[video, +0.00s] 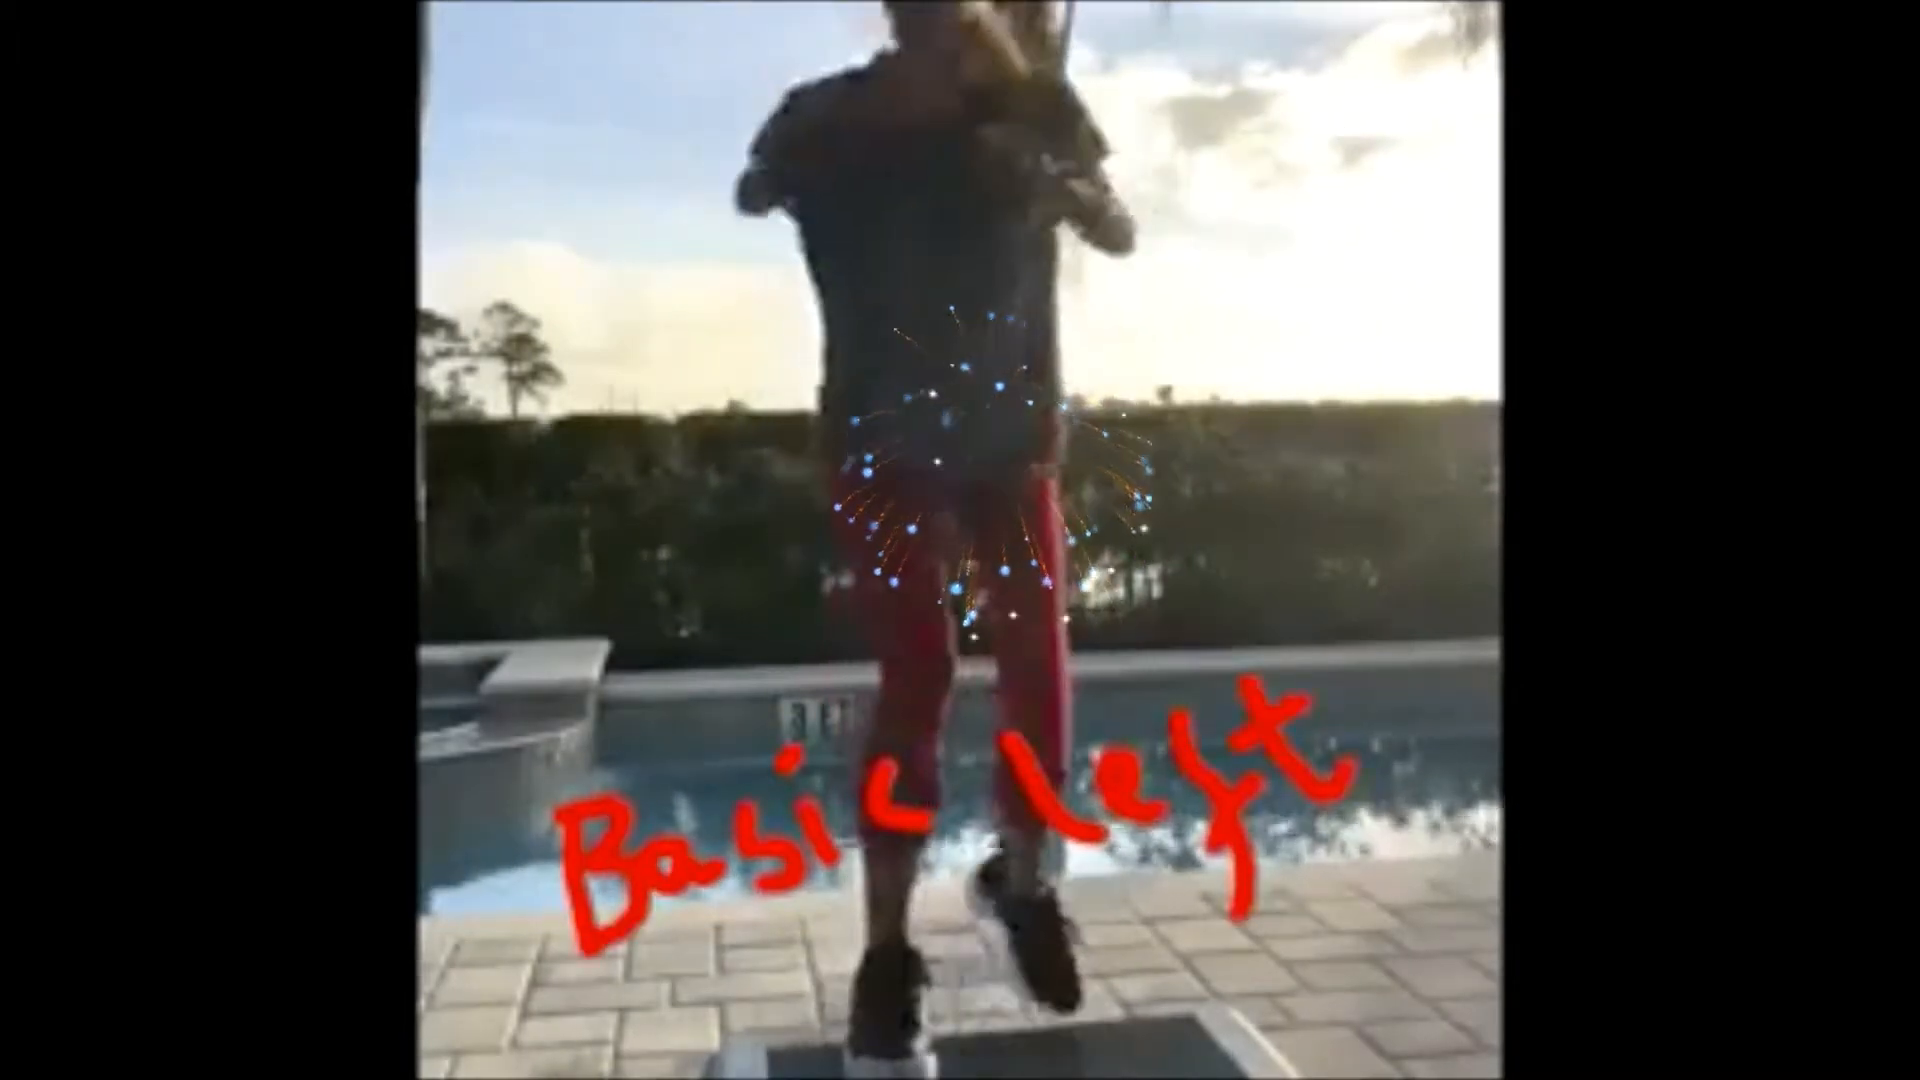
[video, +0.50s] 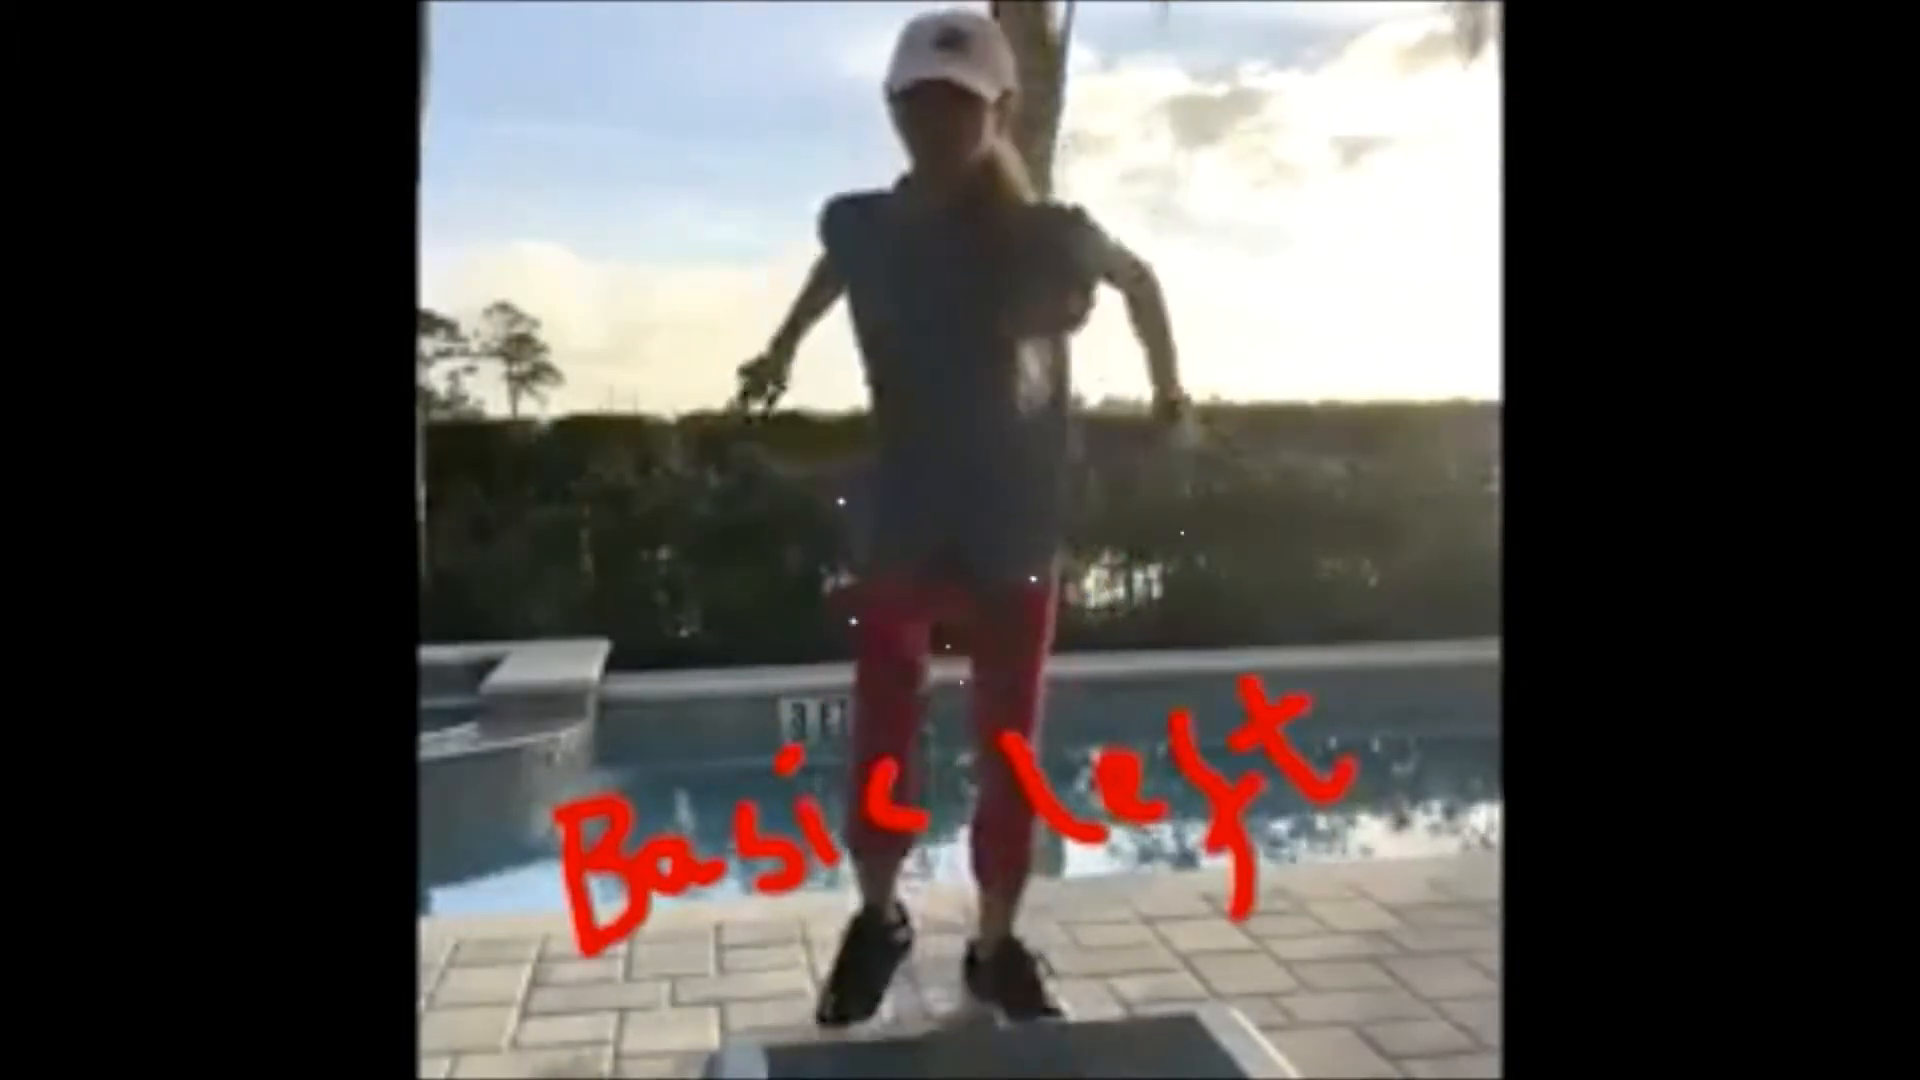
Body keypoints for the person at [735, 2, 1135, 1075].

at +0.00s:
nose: (947, 26)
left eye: (961, 15)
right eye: (929, 15)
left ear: (984, 17)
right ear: (898, 17)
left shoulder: (1035, 104)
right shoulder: (822, 114)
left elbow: (1119, 234)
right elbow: (755, 200)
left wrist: (1059, 184)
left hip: (1012, 439)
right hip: (883, 444)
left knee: (1037, 669)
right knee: (915, 679)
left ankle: (1023, 872)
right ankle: (887, 952)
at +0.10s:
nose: (932, 54)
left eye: (951, 35)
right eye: (913, 37)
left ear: (988, 48)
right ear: (890, 57)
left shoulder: (1046, 174)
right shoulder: (842, 190)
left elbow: (1077, 298)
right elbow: (795, 303)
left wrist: (966, 253)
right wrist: (869, 236)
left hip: (1019, 475)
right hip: (894, 479)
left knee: (1027, 703)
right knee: (931, 691)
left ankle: (1013, 923)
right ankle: (888, 951)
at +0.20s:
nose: (943, 131)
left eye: (963, 111)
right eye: (925, 112)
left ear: (1002, 115)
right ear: (901, 121)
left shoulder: (1058, 250)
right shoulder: (865, 257)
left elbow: (1076, 397)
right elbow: (821, 400)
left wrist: (958, 395)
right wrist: (917, 371)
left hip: (1028, 533)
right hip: (909, 530)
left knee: (1021, 746)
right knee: (925, 727)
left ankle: (999, 951)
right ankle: (889, 946)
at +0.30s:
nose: (948, 130)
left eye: (968, 111)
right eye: (931, 110)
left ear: (1005, 118)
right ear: (905, 119)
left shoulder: (1059, 251)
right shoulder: (864, 254)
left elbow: (1116, 396)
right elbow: (839, 401)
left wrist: (1063, 478)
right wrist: (849, 495)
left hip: (1029, 510)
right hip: (911, 508)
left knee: (1021, 730)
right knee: (913, 706)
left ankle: (995, 941)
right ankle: (898, 913)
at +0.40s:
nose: (944, 122)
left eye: (964, 103)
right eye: (927, 103)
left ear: (1003, 110)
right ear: (902, 113)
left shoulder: (1063, 239)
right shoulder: (871, 234)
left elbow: (1138, 335)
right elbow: (848, 326)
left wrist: (1134, 414)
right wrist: (794, 406)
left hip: (1026, 500)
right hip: (914, 494)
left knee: (1012, 723)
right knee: (909, 671)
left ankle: (993, 940)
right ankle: (886, 884)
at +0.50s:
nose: (933, 122)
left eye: (954, 103)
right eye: (916, 103)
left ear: (996, 110)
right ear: (894, 113)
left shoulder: (1051, 231)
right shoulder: (860, 228)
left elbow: (1140, 283)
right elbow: (825, 283)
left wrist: (1169, 400)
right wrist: (775, 352)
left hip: (1017, 506)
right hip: (901, 501)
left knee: (1009, 740)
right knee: (881, 723)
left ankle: (996, 943)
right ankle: (877, 916)